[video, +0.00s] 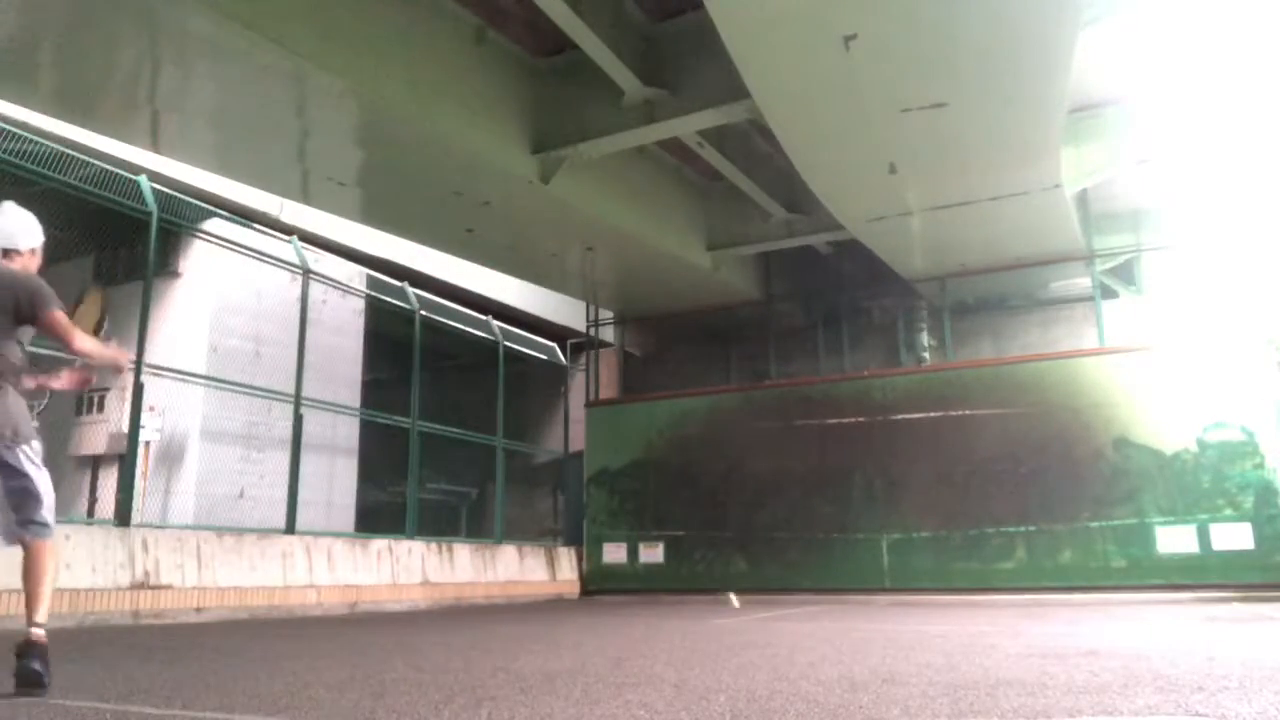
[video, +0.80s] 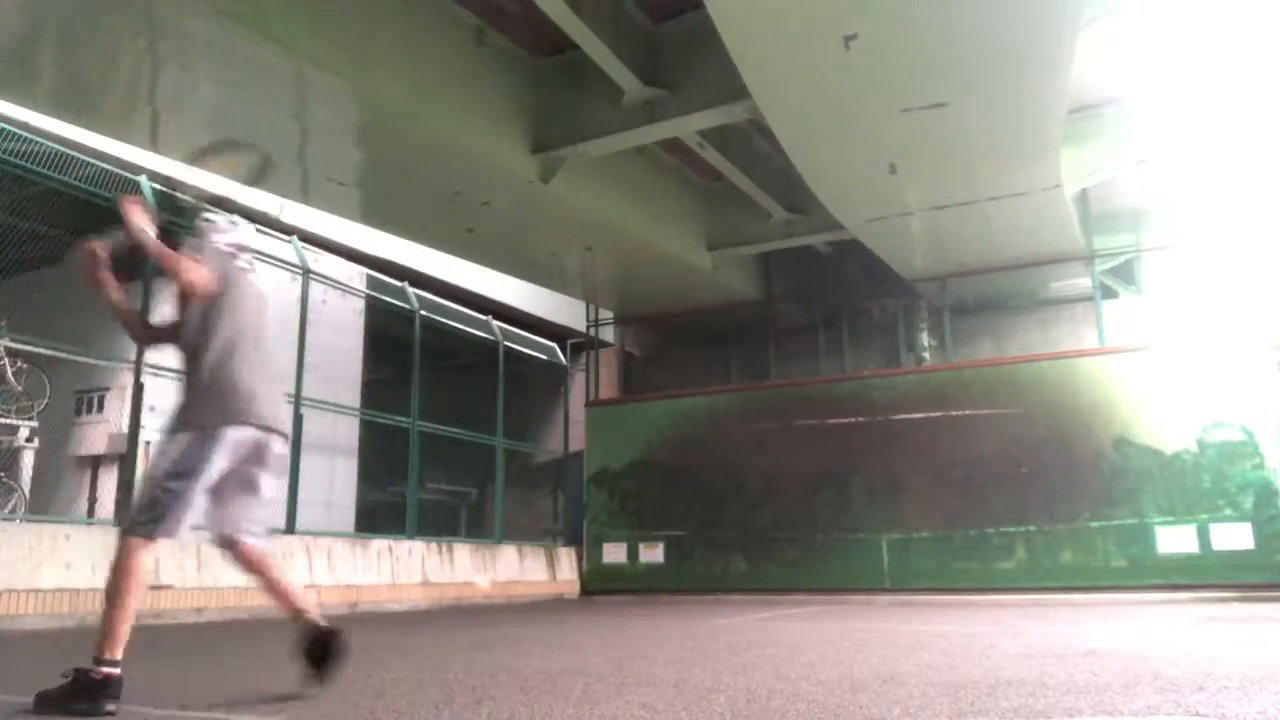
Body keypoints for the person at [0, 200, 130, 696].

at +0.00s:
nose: (39, 264)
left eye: (38, 254)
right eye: (36, 254)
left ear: (2, 250)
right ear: (21, 250)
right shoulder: (20, 281)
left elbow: (4, 373)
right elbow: (74, 341)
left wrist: (49, 380)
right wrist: (117, 354)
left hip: (9, 425)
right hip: (8, 427)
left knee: (36, 529)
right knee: (37, 528)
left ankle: (35, 637)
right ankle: (35, 635)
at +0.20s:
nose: (94, 259)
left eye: (92, 252)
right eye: (92, 252)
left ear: (43, 244)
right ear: (82, 250)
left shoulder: (8, 284)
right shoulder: (95, 290)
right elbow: (121, 378)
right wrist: (98, 425)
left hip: (5, 429)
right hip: (57, 434)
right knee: (56, 546)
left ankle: (26, 658)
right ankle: (28, 660)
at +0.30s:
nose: (120, 254)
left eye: (119, 247)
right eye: (118, 246)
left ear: (65, 238)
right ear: (105, 245)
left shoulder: (23, 274)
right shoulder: (126, 289)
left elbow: (7, 337)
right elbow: (134, 376)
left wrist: (26, 370)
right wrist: (106, 399)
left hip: (18, 426)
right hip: (85, 435)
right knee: (65, 548)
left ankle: (27, 657)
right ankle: (30, 658)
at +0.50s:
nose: (167, 252)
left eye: (167, 246)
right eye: (167, 245)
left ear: (111, 228)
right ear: (158, 242)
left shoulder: (83, 257)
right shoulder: (173, 283)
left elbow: (11, 316)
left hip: (92, 410)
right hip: (156, 420)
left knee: (77, 537)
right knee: (102, 547)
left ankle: (99, 665)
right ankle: (51, 657)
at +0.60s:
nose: (132, 226)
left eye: (137, 220)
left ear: (142, 223)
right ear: (185, 232)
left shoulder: (131, 251)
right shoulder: (193, 277)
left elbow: (42, 289)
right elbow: (115, 334)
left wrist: (40, 265)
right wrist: (54, 306)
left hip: (140, 407)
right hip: (196, 414)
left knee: (99, 532)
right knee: (135, 539)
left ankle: (98, 665)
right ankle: (106, 651)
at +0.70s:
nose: (156, 225)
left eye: (162, 220)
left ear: (173, 225)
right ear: (213, 235)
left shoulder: (171, 247)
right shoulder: (213, 279)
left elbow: (97, 262)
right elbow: (121, 329)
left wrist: (87, 231)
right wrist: (68, 276)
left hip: (181, 411)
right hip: (236, 417)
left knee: (116, 536)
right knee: (179, 521)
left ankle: (102, 675)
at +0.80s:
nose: (190, 253)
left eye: (194, 245)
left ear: (207, 238)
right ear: (237, 248)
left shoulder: (217, 247)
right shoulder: (227, 298)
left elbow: (197, 279)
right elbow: (146, 335)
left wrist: (147, 236)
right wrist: (107, 285)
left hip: (220, 415)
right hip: (267, 421)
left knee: (138, 536)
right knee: (235, 534)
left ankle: (103, 672)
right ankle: (315, 627)